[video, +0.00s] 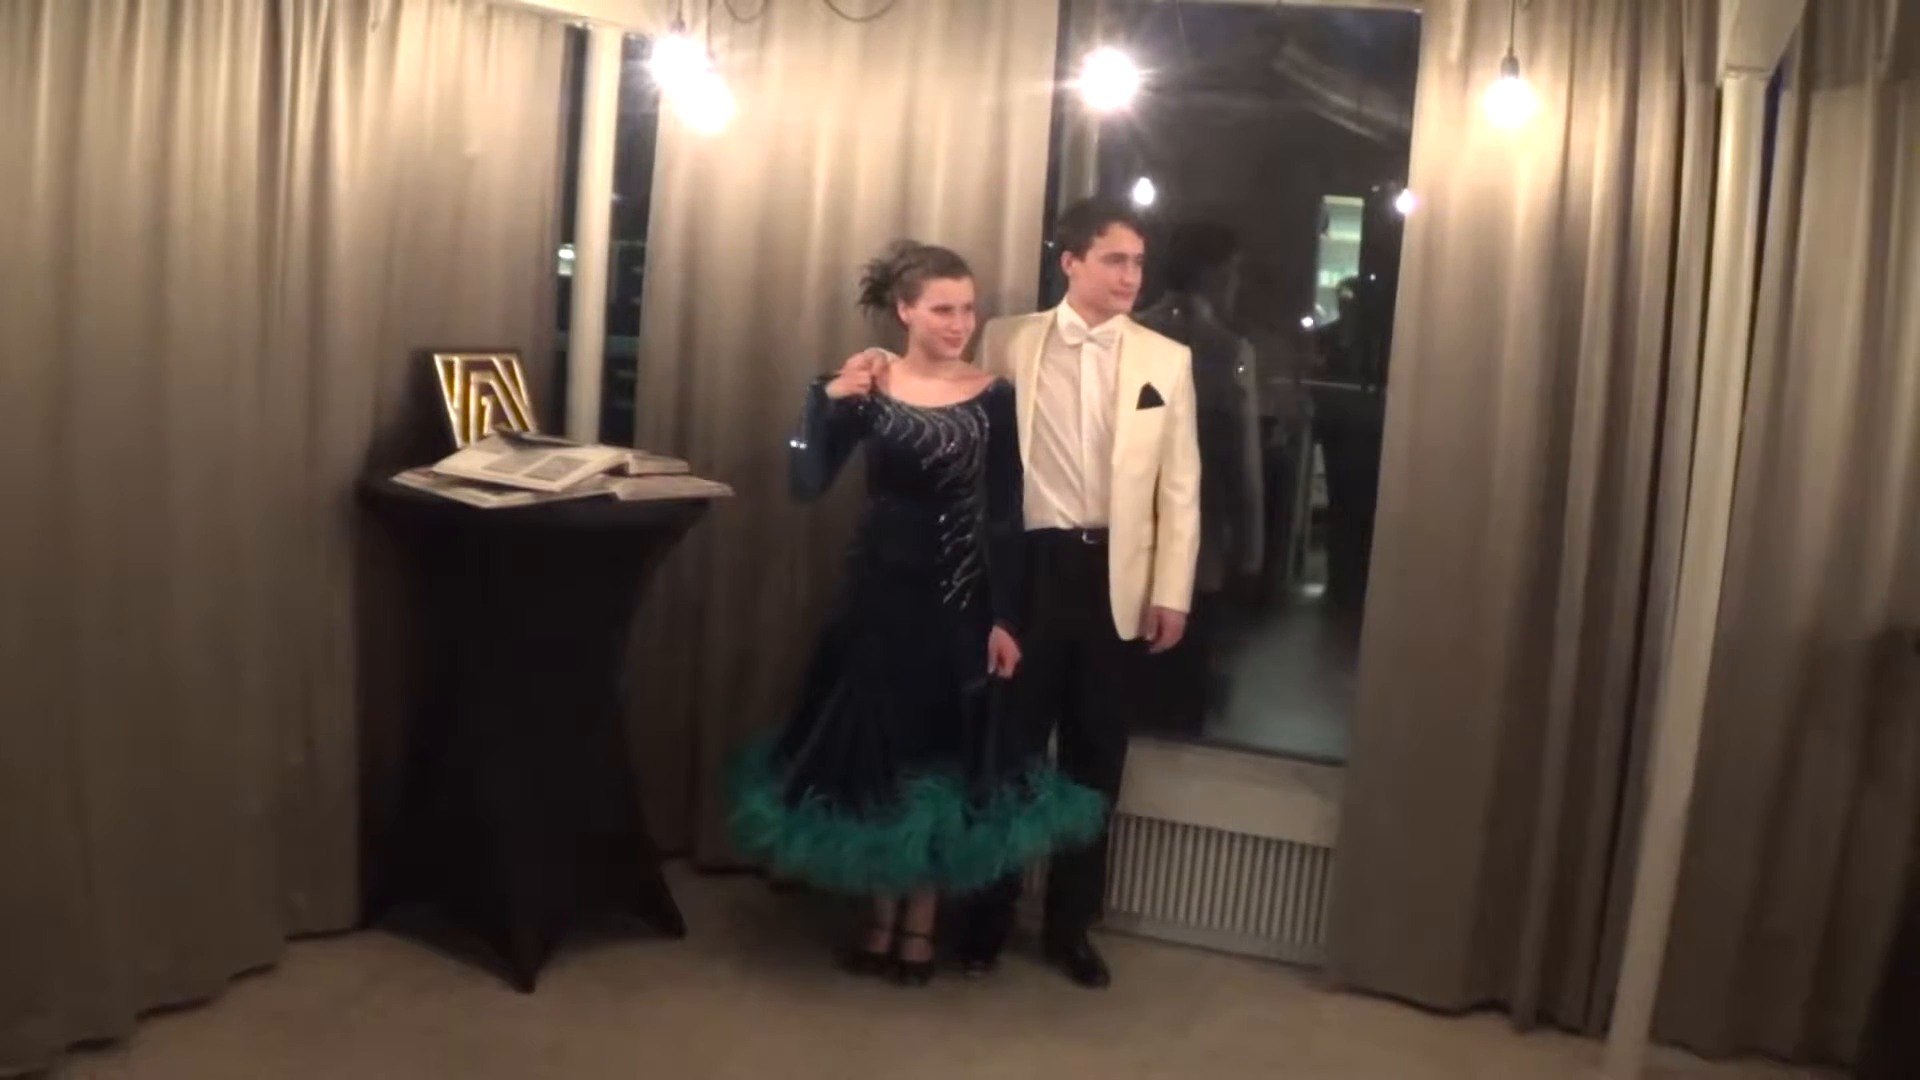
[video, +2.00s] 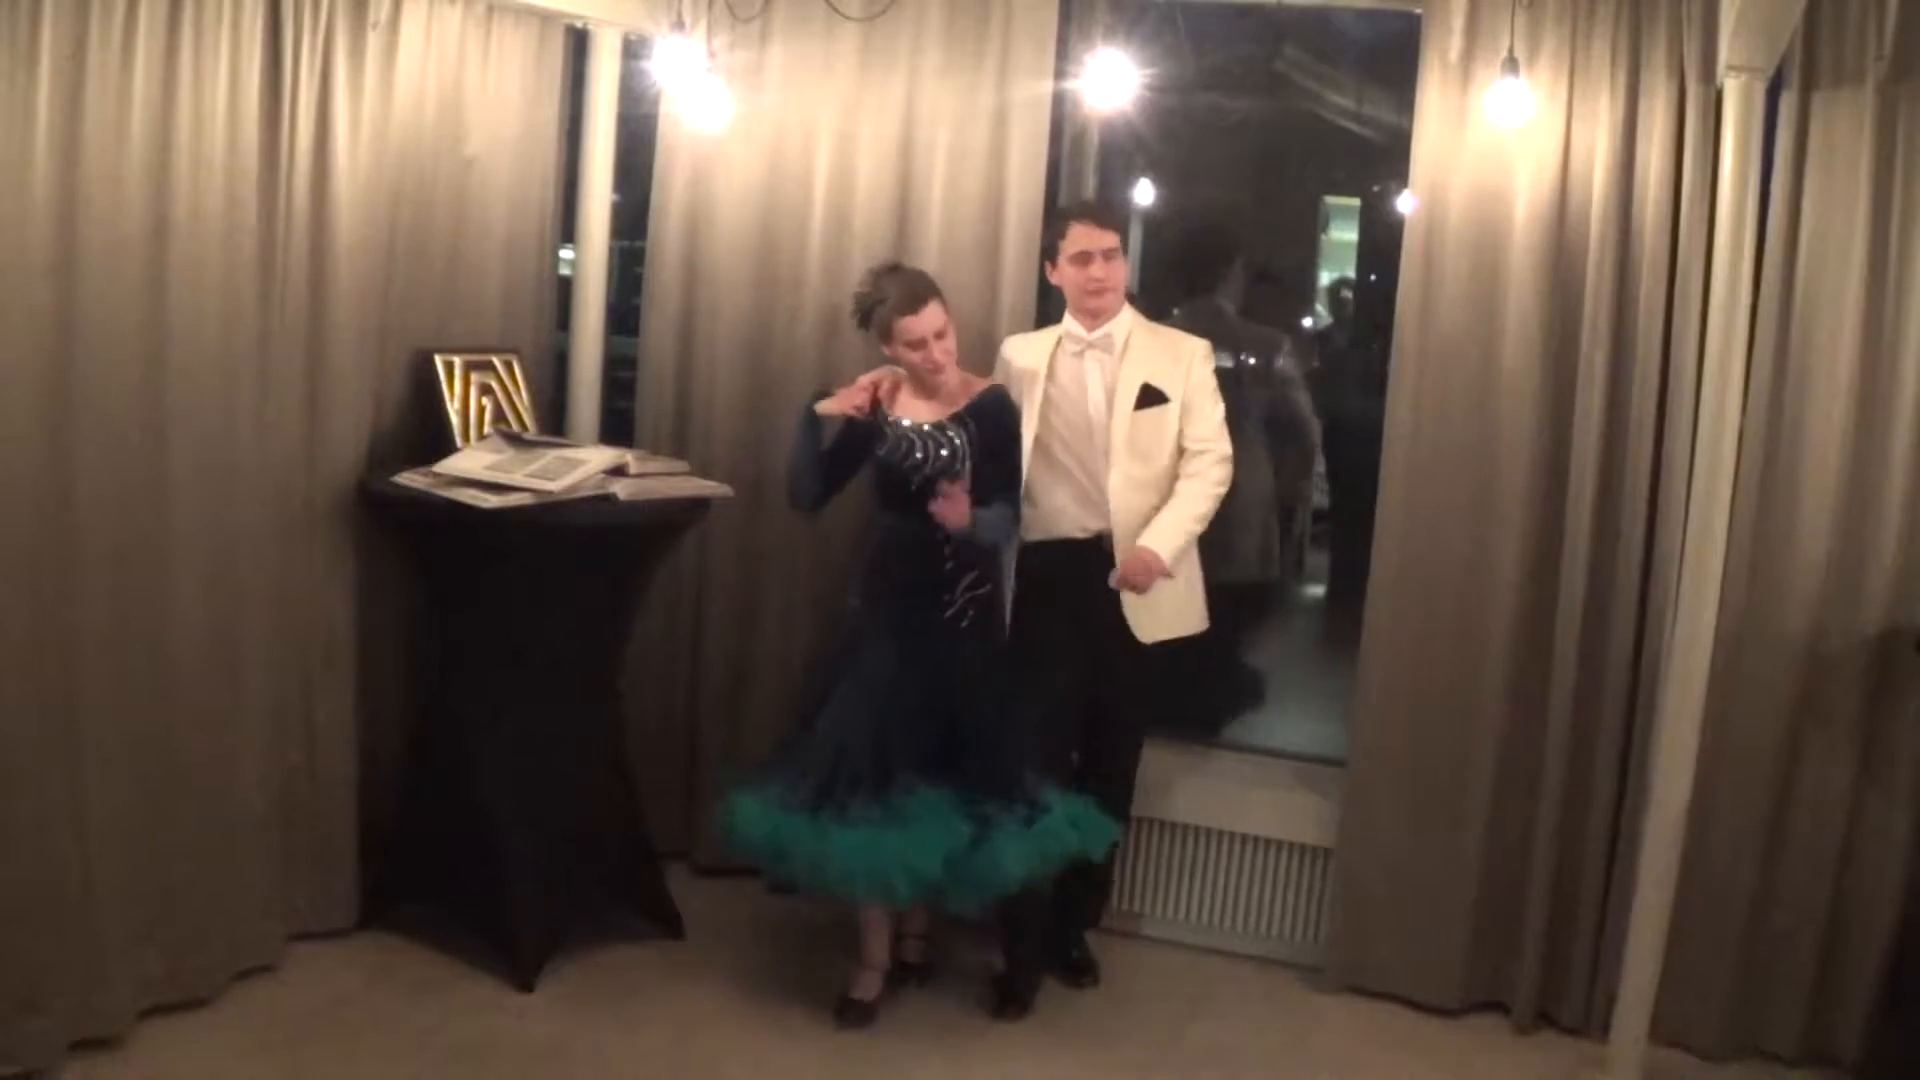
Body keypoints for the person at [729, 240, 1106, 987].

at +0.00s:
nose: (958, 323)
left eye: (967, 309)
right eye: (941, 309)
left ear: (979, 314)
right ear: (902, 312)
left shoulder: (992, 398)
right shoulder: (871, 385)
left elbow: (1005, 515)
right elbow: (808, 480)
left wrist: (1005, 617)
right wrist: (831, 396)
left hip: (960, 594)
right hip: (884, 587)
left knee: (939, 748)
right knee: (879, 743)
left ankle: (923, 906)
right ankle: (880, 905)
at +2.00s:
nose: (937, 354)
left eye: (941, 334)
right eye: (917, 346)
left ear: (953, 322)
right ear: (888, 351)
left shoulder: (992, 407)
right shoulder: (875, 408)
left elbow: (1011, 519)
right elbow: (809, 494)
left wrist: (972, 520)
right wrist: (825, 416)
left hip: (964, 610)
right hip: (889, 603)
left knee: (936, 759)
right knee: (869, 755)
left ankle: (915, 920)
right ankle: (872, 951)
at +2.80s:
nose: (933, 323)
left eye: (940, 309)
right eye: (915, 309)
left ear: (948, 317)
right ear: (869, 317)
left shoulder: (968, 407)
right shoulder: (837, 393)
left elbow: (991, 525)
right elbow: (747, 479)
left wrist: (1055, 607)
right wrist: (788, 400)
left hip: (933, 617)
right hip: (850, 611)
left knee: (917, 793)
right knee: (848, 785)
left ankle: (883, 985)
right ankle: (878, 954)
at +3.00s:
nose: (942, 324)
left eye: (948, 310)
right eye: (924, 308)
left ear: (953, 320)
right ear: (872, 316)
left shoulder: (962, 412)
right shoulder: (827, 400)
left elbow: (1005, 532)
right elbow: (726, 471)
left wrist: (1105, 551)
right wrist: (782, 389)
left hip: (924, 626)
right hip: (842, 620)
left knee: (905, 799)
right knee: (846, 790)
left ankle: (870, 985)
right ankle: (872, 965)